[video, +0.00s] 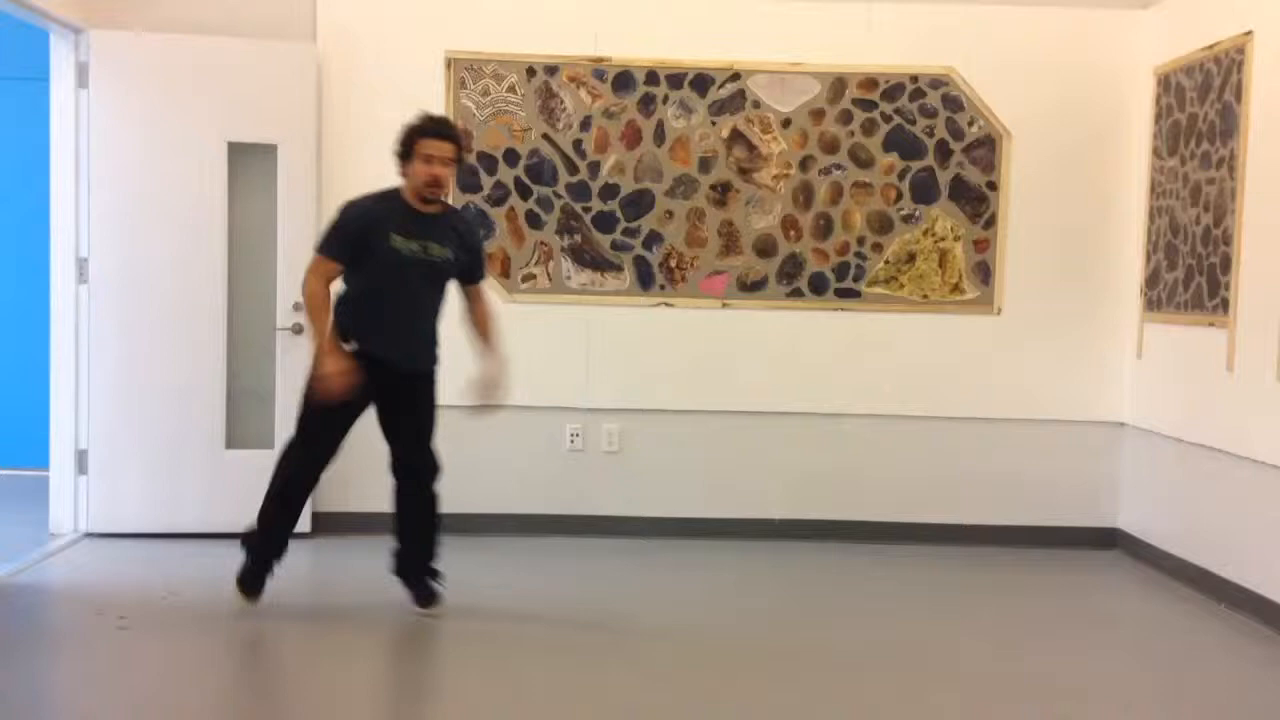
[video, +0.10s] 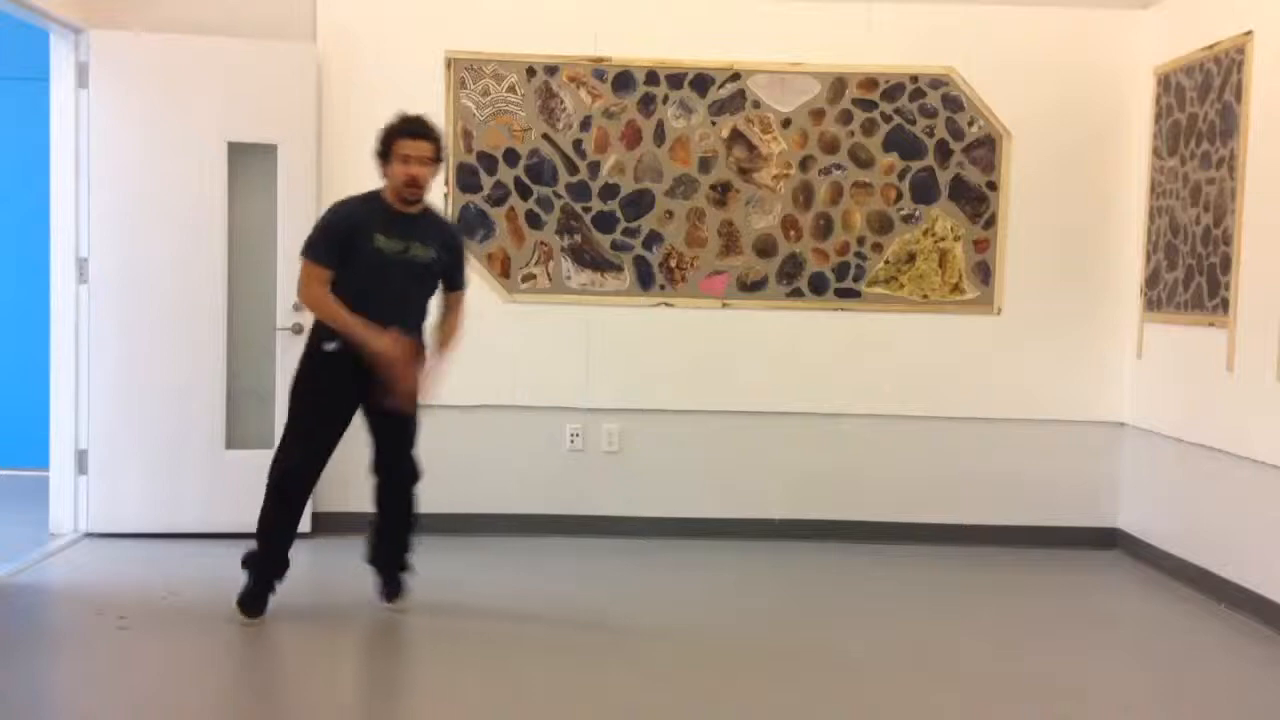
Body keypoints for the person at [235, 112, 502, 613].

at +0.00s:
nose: (436, 171)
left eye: (446, 163)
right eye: (426, 160)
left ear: (456, 170)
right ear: (405, 164)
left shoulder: (461, 231)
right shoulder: (367, 214)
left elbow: (476, 296)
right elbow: (316, 279)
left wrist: (490, 355)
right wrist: (326, 345)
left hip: (411, 367)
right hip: (351, 355)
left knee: (417, 467)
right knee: (307, 456)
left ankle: (415, 566)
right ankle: (261, 553)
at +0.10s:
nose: (415, 172)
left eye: (425, 163)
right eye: (405, 160)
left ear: (437, 171)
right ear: (384, 164)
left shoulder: (444, 238)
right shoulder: (347, 218)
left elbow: (452, 304)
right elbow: (312, 292)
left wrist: (434, 355)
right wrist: (375, 338)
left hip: (397, 364)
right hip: (334, 355)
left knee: (397, 466)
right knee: (296, 463)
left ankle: (390, 564)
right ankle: (264, 570)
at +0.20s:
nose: (382, 197)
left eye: (393, 188)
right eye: (372, 186)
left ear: (408, 194)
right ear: (356, 190)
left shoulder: (421, 262)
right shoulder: (324, 246)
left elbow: (410, 337)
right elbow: (313, 322)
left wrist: (339, 310)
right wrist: (394, 305)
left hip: (374, 396)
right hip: (313, 387)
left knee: (366, 495)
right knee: (285, 490)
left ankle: (359, 569)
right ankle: (258, 585)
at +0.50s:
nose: (365, 167)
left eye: (377, 158)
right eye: (358, 158)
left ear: (402, 165)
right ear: (350, 163)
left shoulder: (421, 229)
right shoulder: (337, 222)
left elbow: (421, 318)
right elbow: (327, 292)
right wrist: (331, 343)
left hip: (402, 356)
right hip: (350, 352)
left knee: (366, 468)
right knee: (311, 456)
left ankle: (376, 574)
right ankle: (327, 551)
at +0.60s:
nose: (382, 180)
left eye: (395, 172)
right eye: (376, 170)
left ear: (420, 183)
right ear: (368, 177)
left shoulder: (438, 247)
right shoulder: (360, 239)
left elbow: (482, 313)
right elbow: (339, 310)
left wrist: (512, 379)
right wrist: (300, 375)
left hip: (413, 385)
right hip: (365, 378)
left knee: (358, 480)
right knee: (329, 469)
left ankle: (383, 590)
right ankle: (405, 531)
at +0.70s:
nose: (407, 178)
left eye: (420, 170)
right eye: (402, 168)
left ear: (443, 185)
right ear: (393, 176)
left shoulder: (460, 239)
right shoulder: (380, 236)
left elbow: (527, 279)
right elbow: (360, 295)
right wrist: (337, 345)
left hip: (435, 380)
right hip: (390, 378)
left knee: (386, 480)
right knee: (387, 480)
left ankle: (386, 593)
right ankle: (466, 538)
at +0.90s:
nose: (445, 164)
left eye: (458, 156)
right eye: (439, 155)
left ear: (480, 167)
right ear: (430, 162)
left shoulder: (501, 224)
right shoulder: (422, 226)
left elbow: (549, 278)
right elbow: (422, 296)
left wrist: (556, 342)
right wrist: (427, 357)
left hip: (498, 365)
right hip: (448, 366)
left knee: (486, 478)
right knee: (475, 476)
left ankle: (479, 589)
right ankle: (524, 567)